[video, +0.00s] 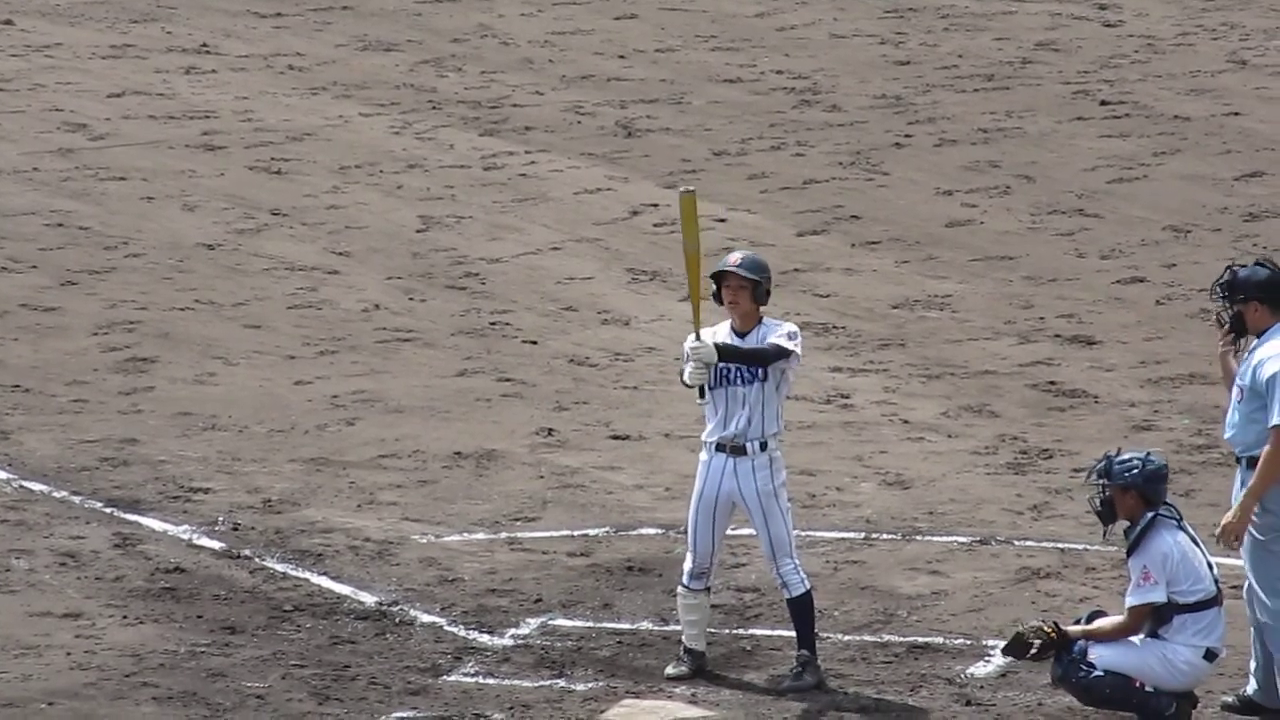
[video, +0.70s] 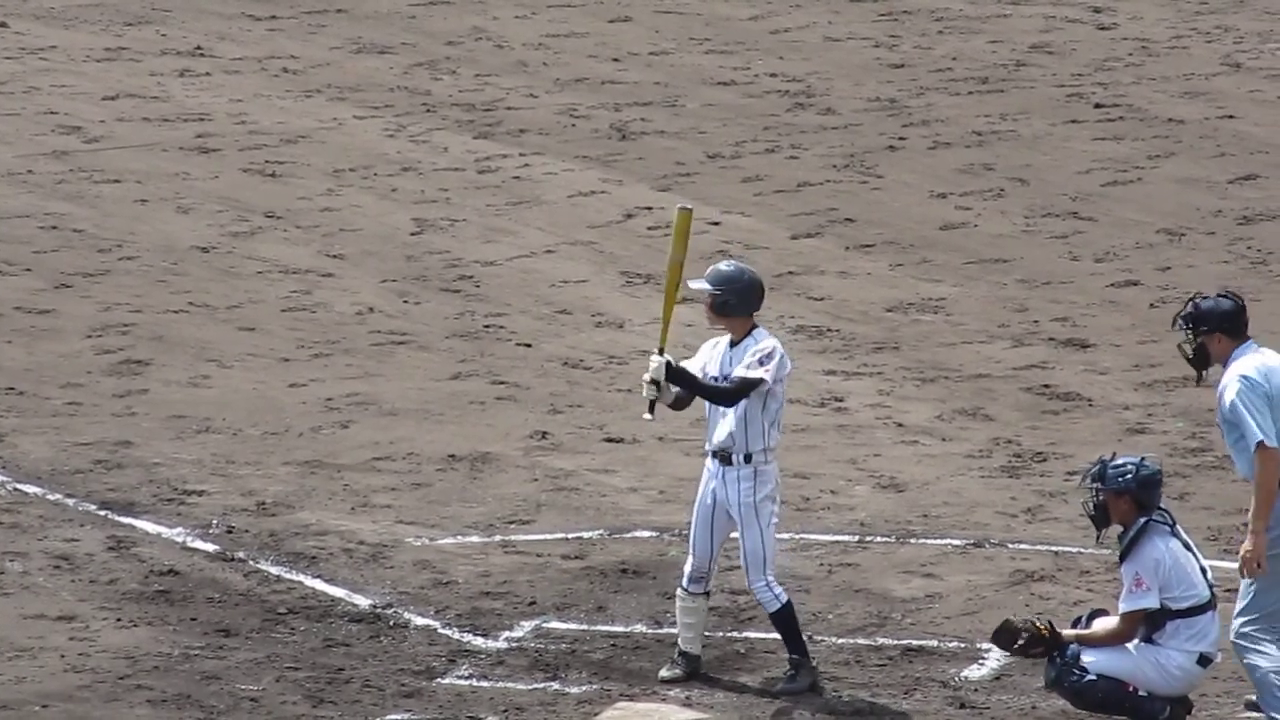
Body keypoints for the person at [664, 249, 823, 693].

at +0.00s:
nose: (730, 293)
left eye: (740, 286)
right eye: (725, 285)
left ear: (760, 291)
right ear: (719, 291)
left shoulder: (782, 331)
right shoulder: (709, 338)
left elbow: (776, 357)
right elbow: (699, 388)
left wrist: (719, 353)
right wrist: (694, 376)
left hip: (760, 463)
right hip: (713, 461)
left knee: (784, 562)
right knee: (697, 560)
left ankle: (808, 661)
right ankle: (692, 653)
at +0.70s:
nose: (705, 304)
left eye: (711, 299)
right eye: (706, 298)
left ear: (731, 305)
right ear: (734, 306)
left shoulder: (768, 349)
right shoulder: (710, 350)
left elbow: (730, 395)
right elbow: (681, 402)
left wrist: (674, 372)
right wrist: (665, 391)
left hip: (753, 475)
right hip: (714, 471)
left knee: (760, 580)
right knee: (697, 568)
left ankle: (802, 666)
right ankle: (687, 658)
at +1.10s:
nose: (706, 309)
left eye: (712, 303)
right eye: (707, 302)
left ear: (733, 309)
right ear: (735, 309)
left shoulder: (772, 353)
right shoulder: (710, 350)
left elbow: (733, 403)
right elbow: (686, 407)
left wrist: (681, 375)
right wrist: (667, 395)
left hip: (759, 476)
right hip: (715, 472)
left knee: (768, 579)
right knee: (693, 568)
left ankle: (800, 667)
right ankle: (686, 660)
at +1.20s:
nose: (711, 309)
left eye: (717, 304)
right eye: (712, 302)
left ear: (737, 310)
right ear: (739, 310)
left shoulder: (781, 353)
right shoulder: (713, 351)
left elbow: (748, 399)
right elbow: (693, 407)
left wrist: (697, 371)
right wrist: (682, 387)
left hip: (766, 475)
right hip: (720, 471)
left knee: (773, 577)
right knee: (695, 567)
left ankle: (799, 664)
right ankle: (686, 655)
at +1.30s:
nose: (718, 312)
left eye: (724, 306)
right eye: (719, 305)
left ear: (745, 312)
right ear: (747, 312)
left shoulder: (792, 351)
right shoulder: (722, 352)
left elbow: (764, 394)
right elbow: (706, 413)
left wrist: (713, 367)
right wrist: (699, 385)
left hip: (774, 475)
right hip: (728, 471)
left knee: (776, 577)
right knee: (698, 568)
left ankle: (800, 665)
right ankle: (686, 654)